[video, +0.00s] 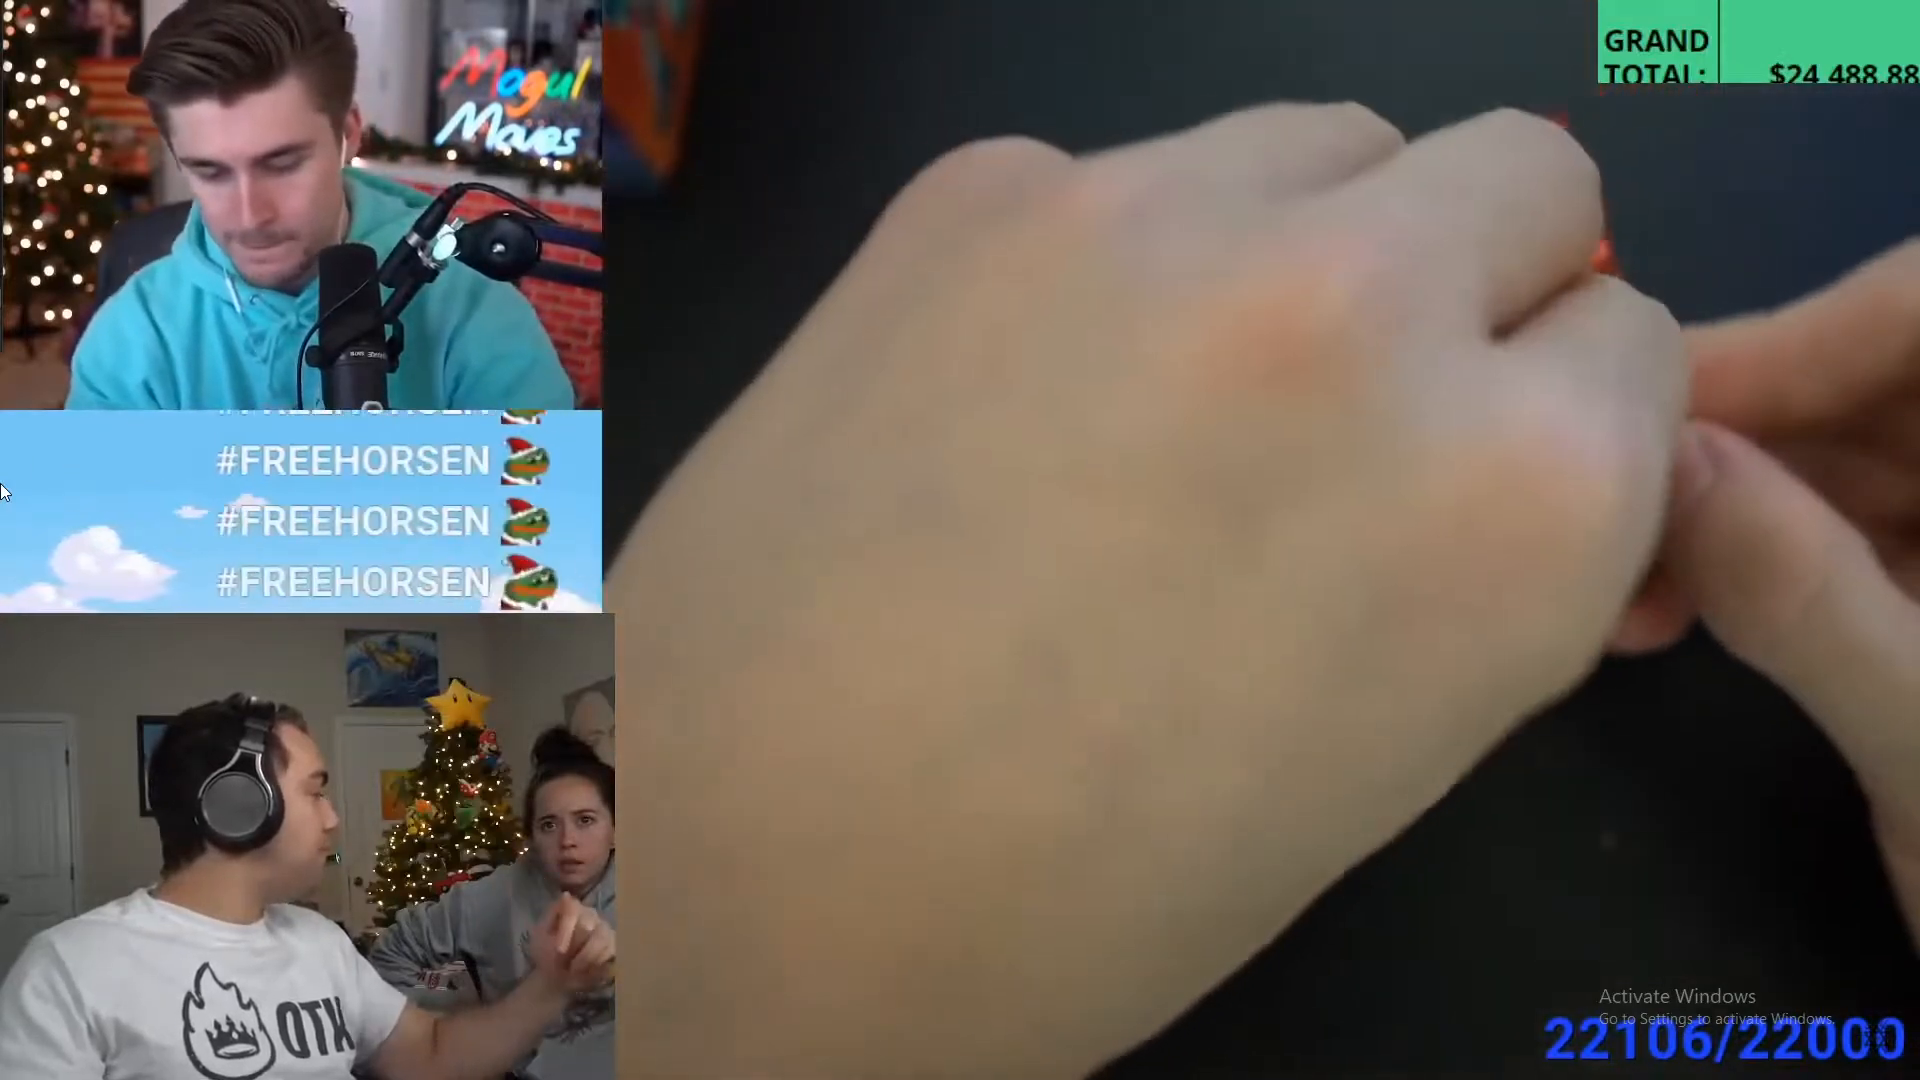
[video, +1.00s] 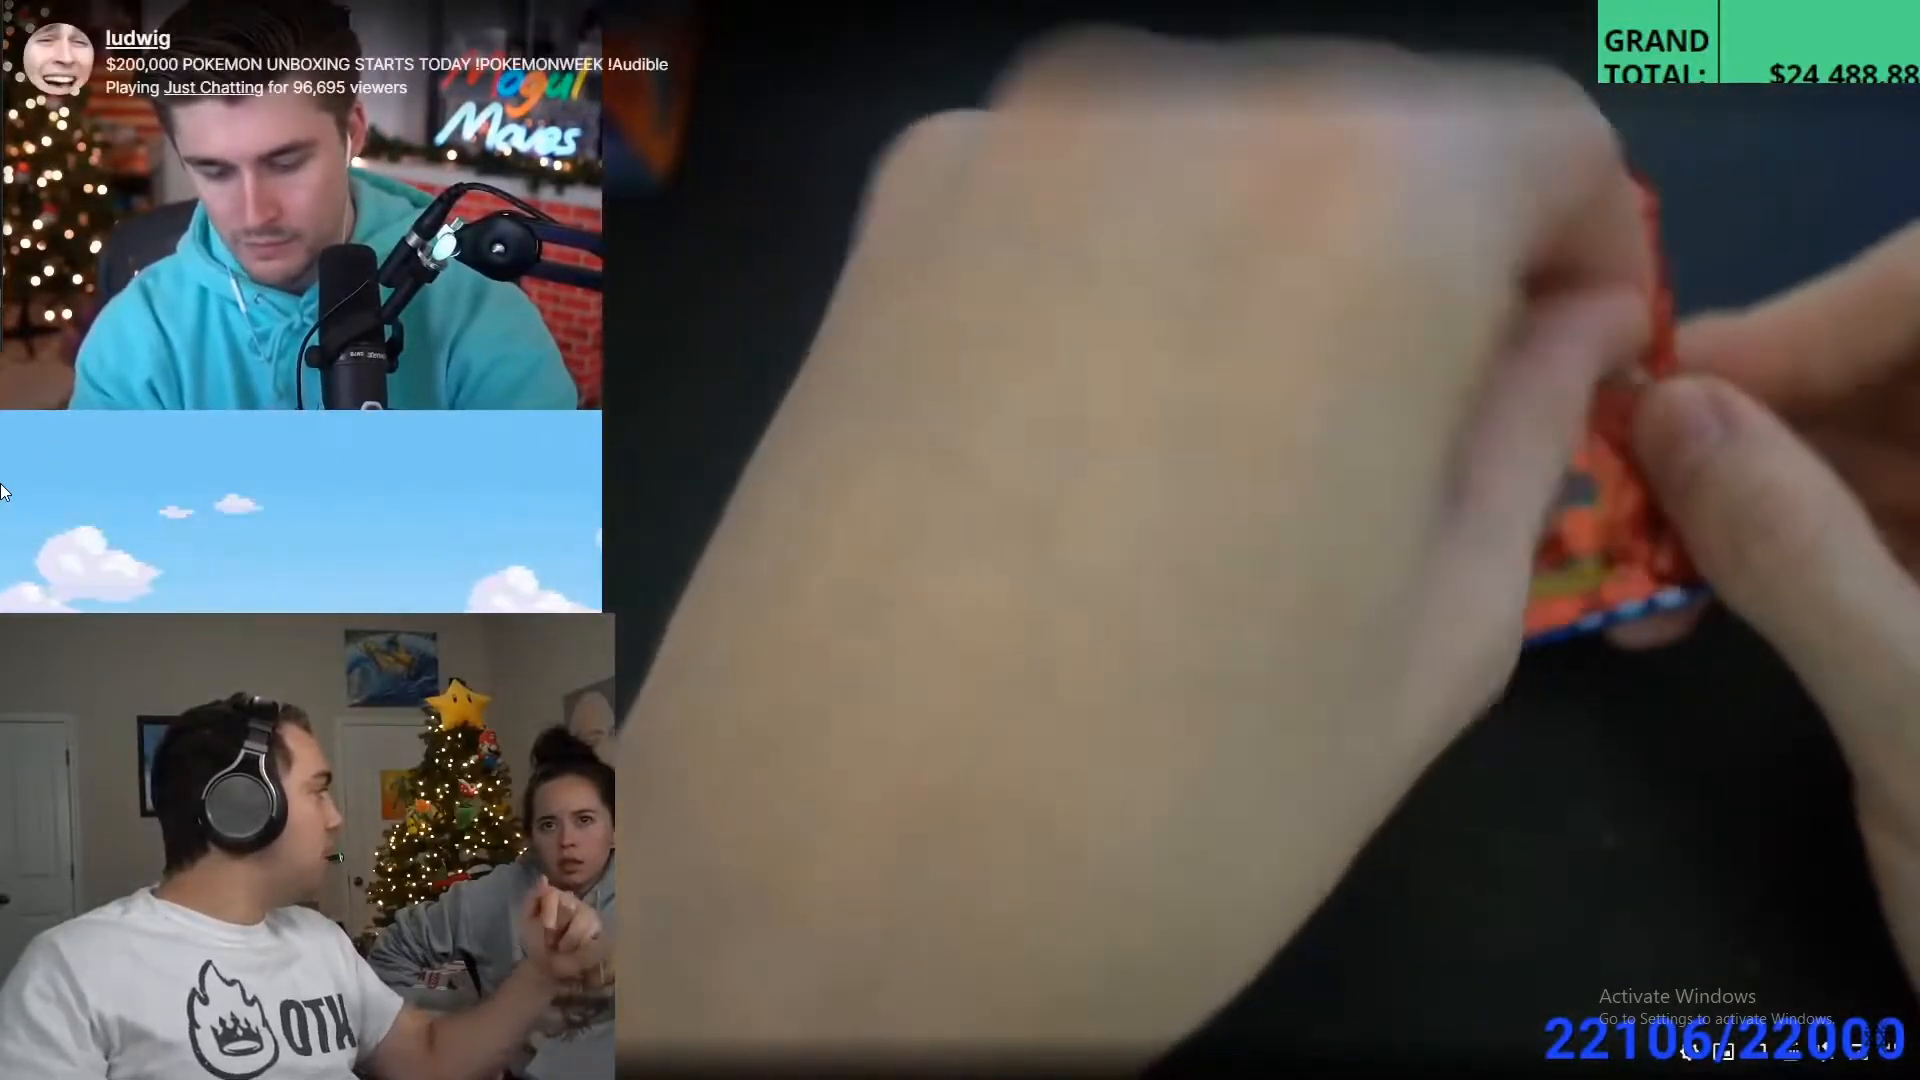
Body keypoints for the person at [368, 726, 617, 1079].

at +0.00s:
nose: (567, 842)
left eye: (585, 821)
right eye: (549, 825)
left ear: (615, 829)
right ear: (531, 836)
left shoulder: (643, 894)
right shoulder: (489, 900)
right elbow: (389, 956)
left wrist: (621, 954)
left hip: (621, 1067)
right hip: (530, 1070)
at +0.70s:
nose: (567, 842)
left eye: (585, 821)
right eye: (549, 825)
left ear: (615, 828)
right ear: (531, 836)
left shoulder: (644, 894)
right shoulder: (493, 898)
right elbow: (392, 952)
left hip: (620, 1069)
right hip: (526, 1071)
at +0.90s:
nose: (567, 842)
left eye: (585, 821)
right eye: (548, 825)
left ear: (615, 828)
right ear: (531, 836)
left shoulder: (642, 893)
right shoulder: (491, 899)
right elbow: (389, 956)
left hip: (615, 1069)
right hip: (528, 1071)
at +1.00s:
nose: (567, 842)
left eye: (585, 821)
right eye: (548, 825)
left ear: (615, 828)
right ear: (530, 836)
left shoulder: (641, 897)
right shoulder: (491, 898)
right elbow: (388, 958)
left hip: (609, 1070)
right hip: (522, 1072)